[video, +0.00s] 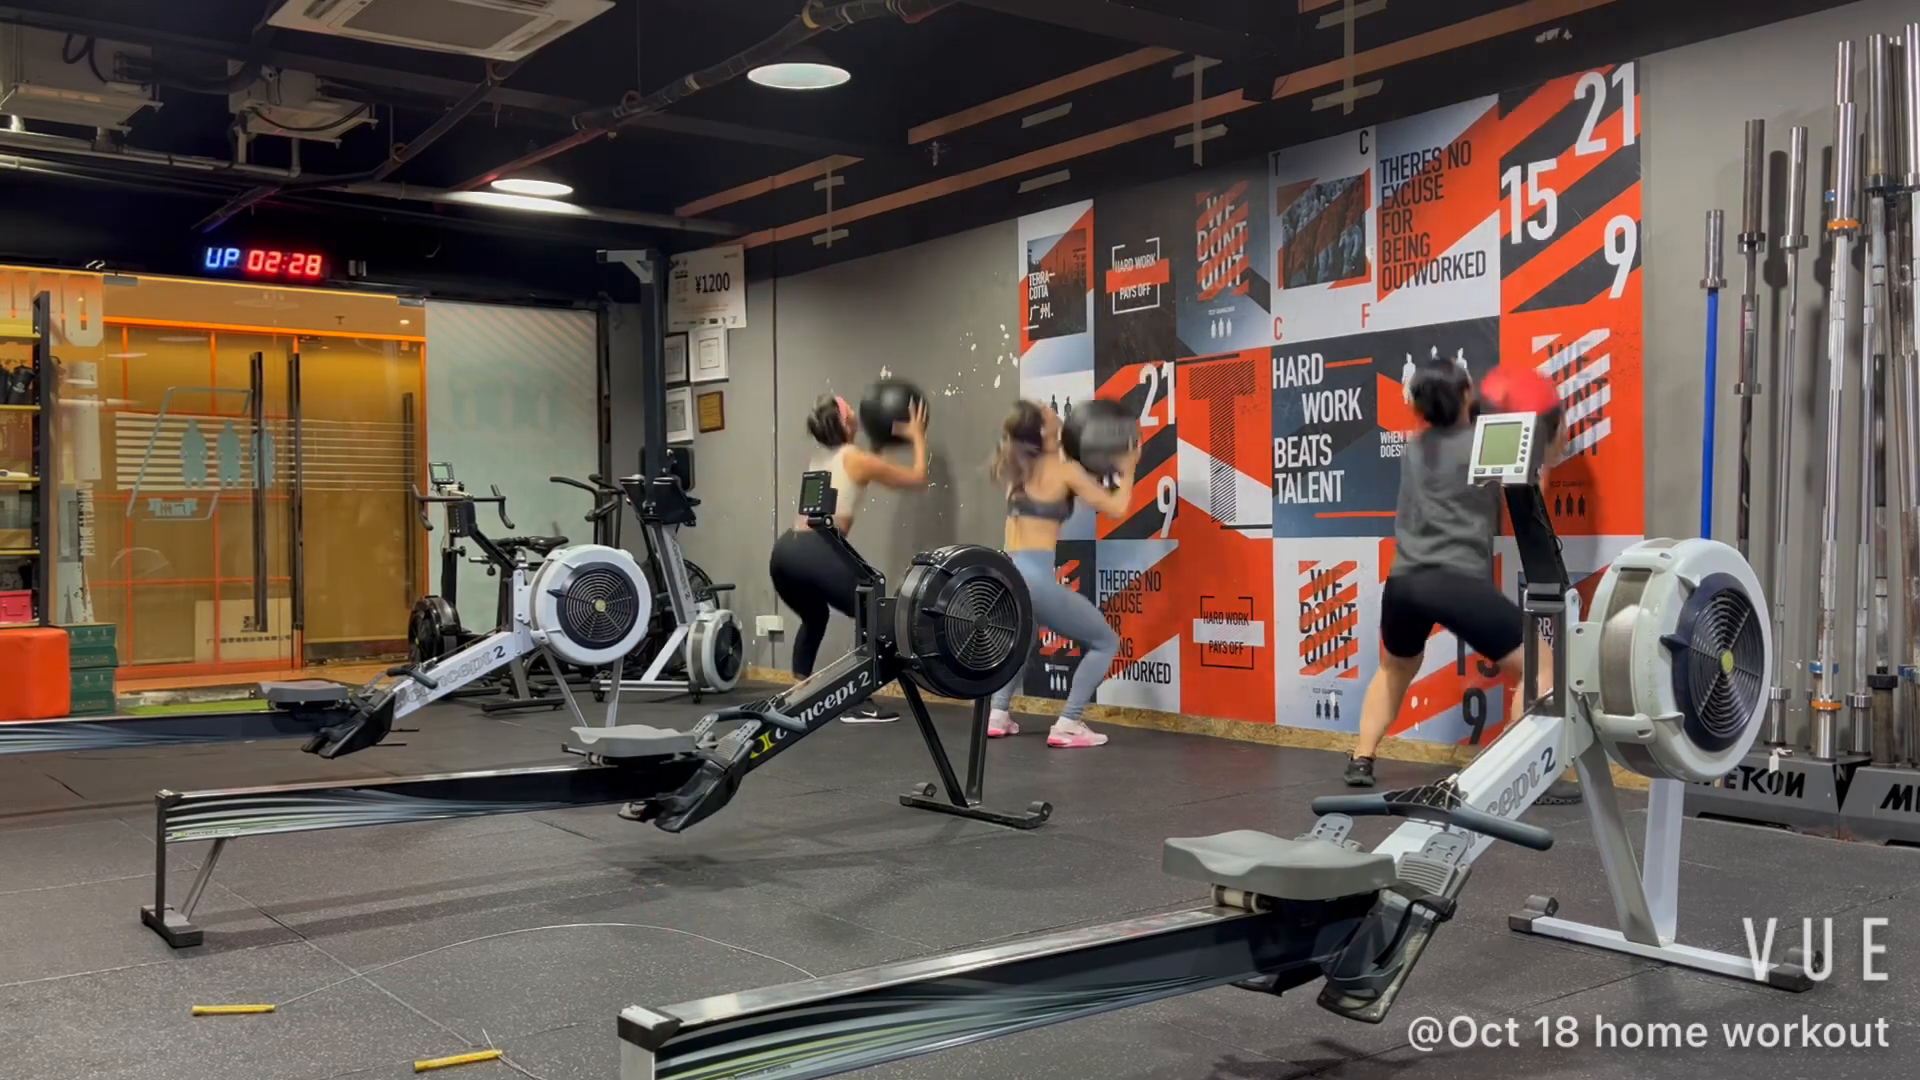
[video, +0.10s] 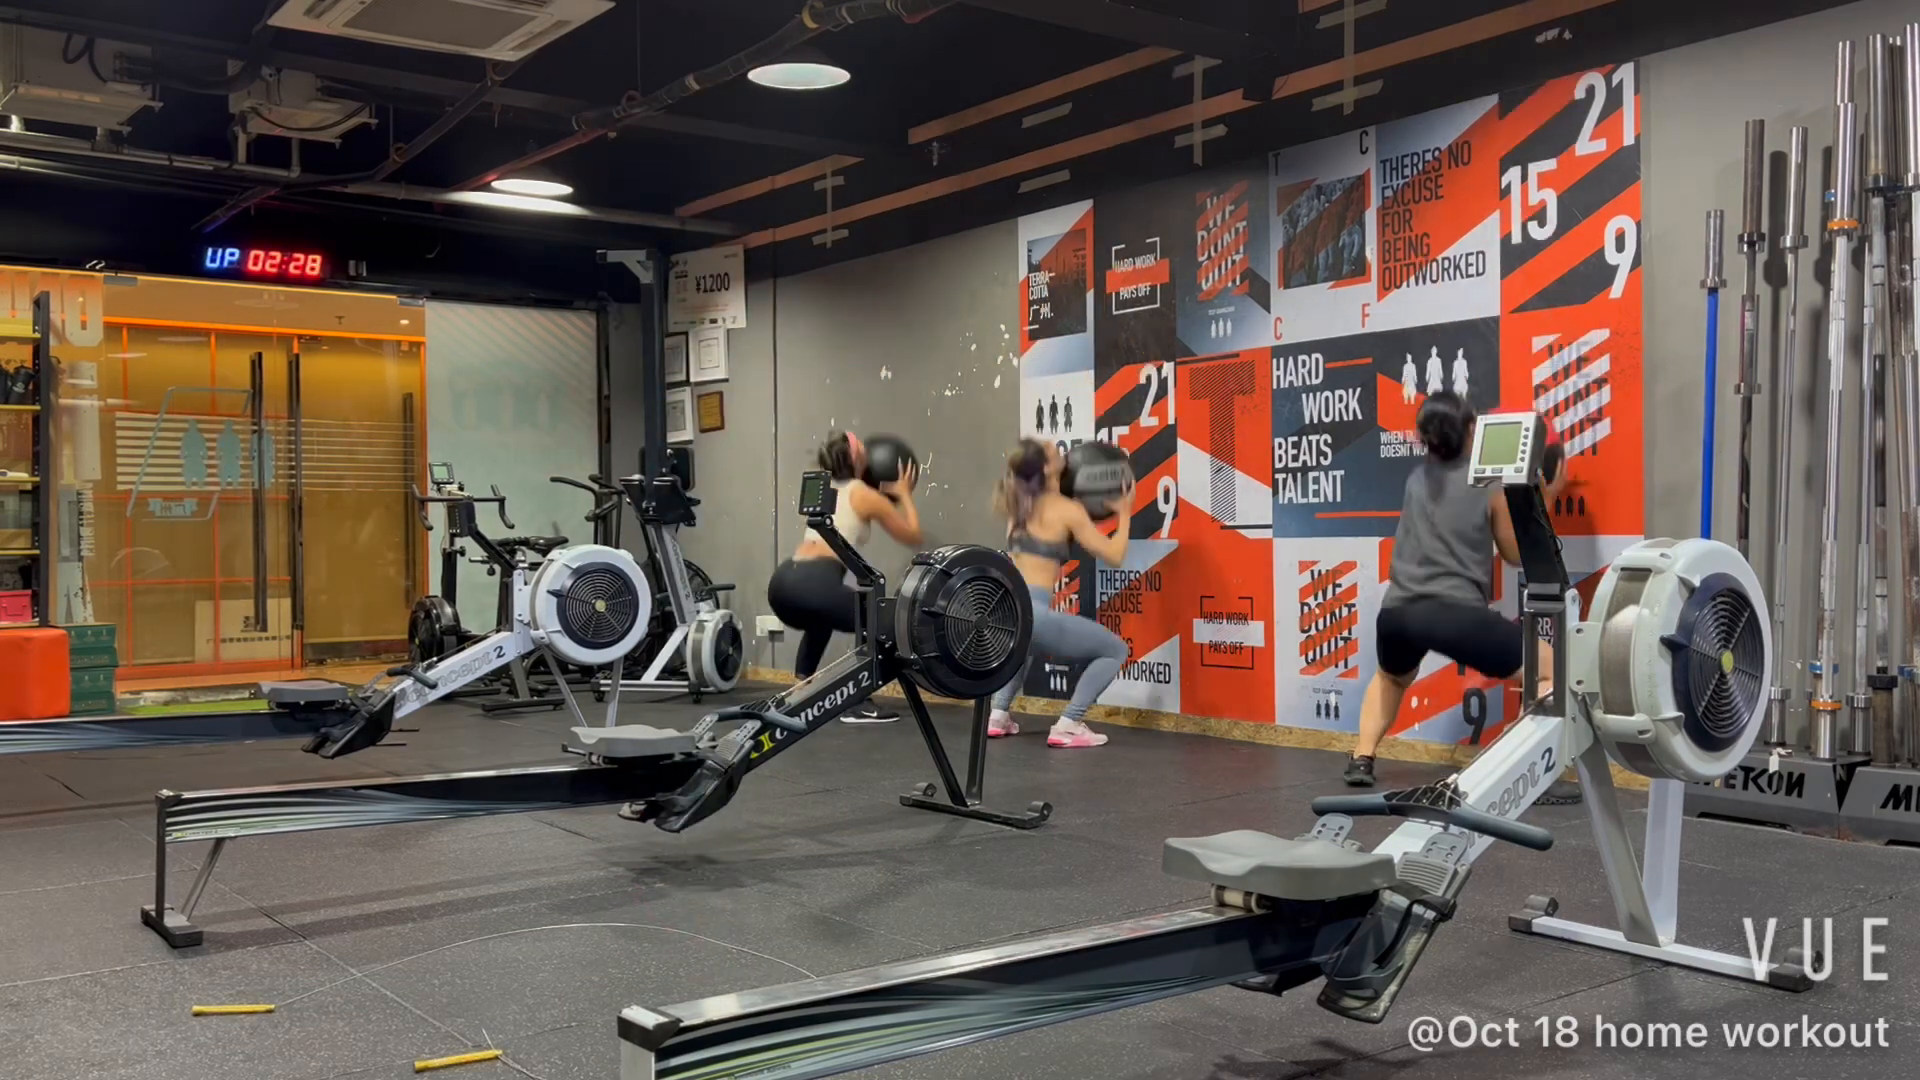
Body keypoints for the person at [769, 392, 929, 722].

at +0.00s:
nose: (851, 408)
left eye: (846, 405)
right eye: (847, 408)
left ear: (824, 429)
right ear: (844, 423)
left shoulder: (819, 460)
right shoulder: (856, 460)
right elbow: (918, 479)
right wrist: (918, 437)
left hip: (785, 553)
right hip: (819, 552)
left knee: (815, 619)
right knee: (874, 612)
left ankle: (798, 696)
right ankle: (856, 701)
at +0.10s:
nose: (864, 449)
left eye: (860, 445)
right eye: (859, 448)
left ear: (834, 462)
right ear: (854, 461)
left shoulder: (822, 489)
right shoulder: (863, 494)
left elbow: (853, 515)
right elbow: (913, 536)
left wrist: (874, 489)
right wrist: (904, 494)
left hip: (785, 586)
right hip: (821, 588)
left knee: (823, 620)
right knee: (885, 620)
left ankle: (800, 695)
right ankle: (856, 701)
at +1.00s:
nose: (846, 351)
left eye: (840, 348)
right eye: (841, 350)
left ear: (822, 371)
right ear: (838, 365)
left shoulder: (825, 400)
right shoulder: (853, 398)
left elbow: (856, 381)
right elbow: (913, 382)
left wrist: (871, 339)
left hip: (814, 497)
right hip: (846, 498)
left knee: (812, 587)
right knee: (859, 588)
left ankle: (802, 674)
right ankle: (867, 680)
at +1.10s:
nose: (837, 342)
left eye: (832, 341)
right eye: (833, 344)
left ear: (823, 370)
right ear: (832, 364)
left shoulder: (821, 394)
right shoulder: (856, 393)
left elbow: (839, 354)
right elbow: (886, 337)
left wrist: (859, 308)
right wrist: (904, 290)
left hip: (817, 494)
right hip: (849, 494)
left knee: (817, 590)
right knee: (861, 590)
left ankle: (804, 676)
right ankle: (863, 685)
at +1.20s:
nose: (837, 363)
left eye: (833, 362)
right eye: (833, 363)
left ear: (816, 384)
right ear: (829, 380)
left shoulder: (818, 412)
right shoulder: (851, 405)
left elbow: (833, 359)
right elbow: (873, 350)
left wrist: (850, 317)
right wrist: (881, 297)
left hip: (821, 513)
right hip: (854, 513)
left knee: (821, 605)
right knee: (862, 603)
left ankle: (803, 690)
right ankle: (855, 695)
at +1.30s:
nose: (835, 366)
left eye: (831, 364)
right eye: (830, 366)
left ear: (811, 387)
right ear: (824, 382)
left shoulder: (807, 417)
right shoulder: (842, 414)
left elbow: (827, 373)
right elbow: (869, 359)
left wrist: (848, 334)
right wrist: (879, 309)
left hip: (820, 512)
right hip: (852, 513)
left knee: (818, 609)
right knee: (861, 608)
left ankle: (800, 694)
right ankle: (854, 697)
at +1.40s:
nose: (829, 367)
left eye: (824, 363)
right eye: (824, 365)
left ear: (801, 385)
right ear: (818, 380)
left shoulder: (799, 417)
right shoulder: (835, 410)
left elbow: (826, 388)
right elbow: (872, 361)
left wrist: (850, 357)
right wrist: (887, 313)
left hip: (815, 510)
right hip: (847, 507)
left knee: (817, 607)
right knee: (859, 604)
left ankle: (801, 694)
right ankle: (855, 695)